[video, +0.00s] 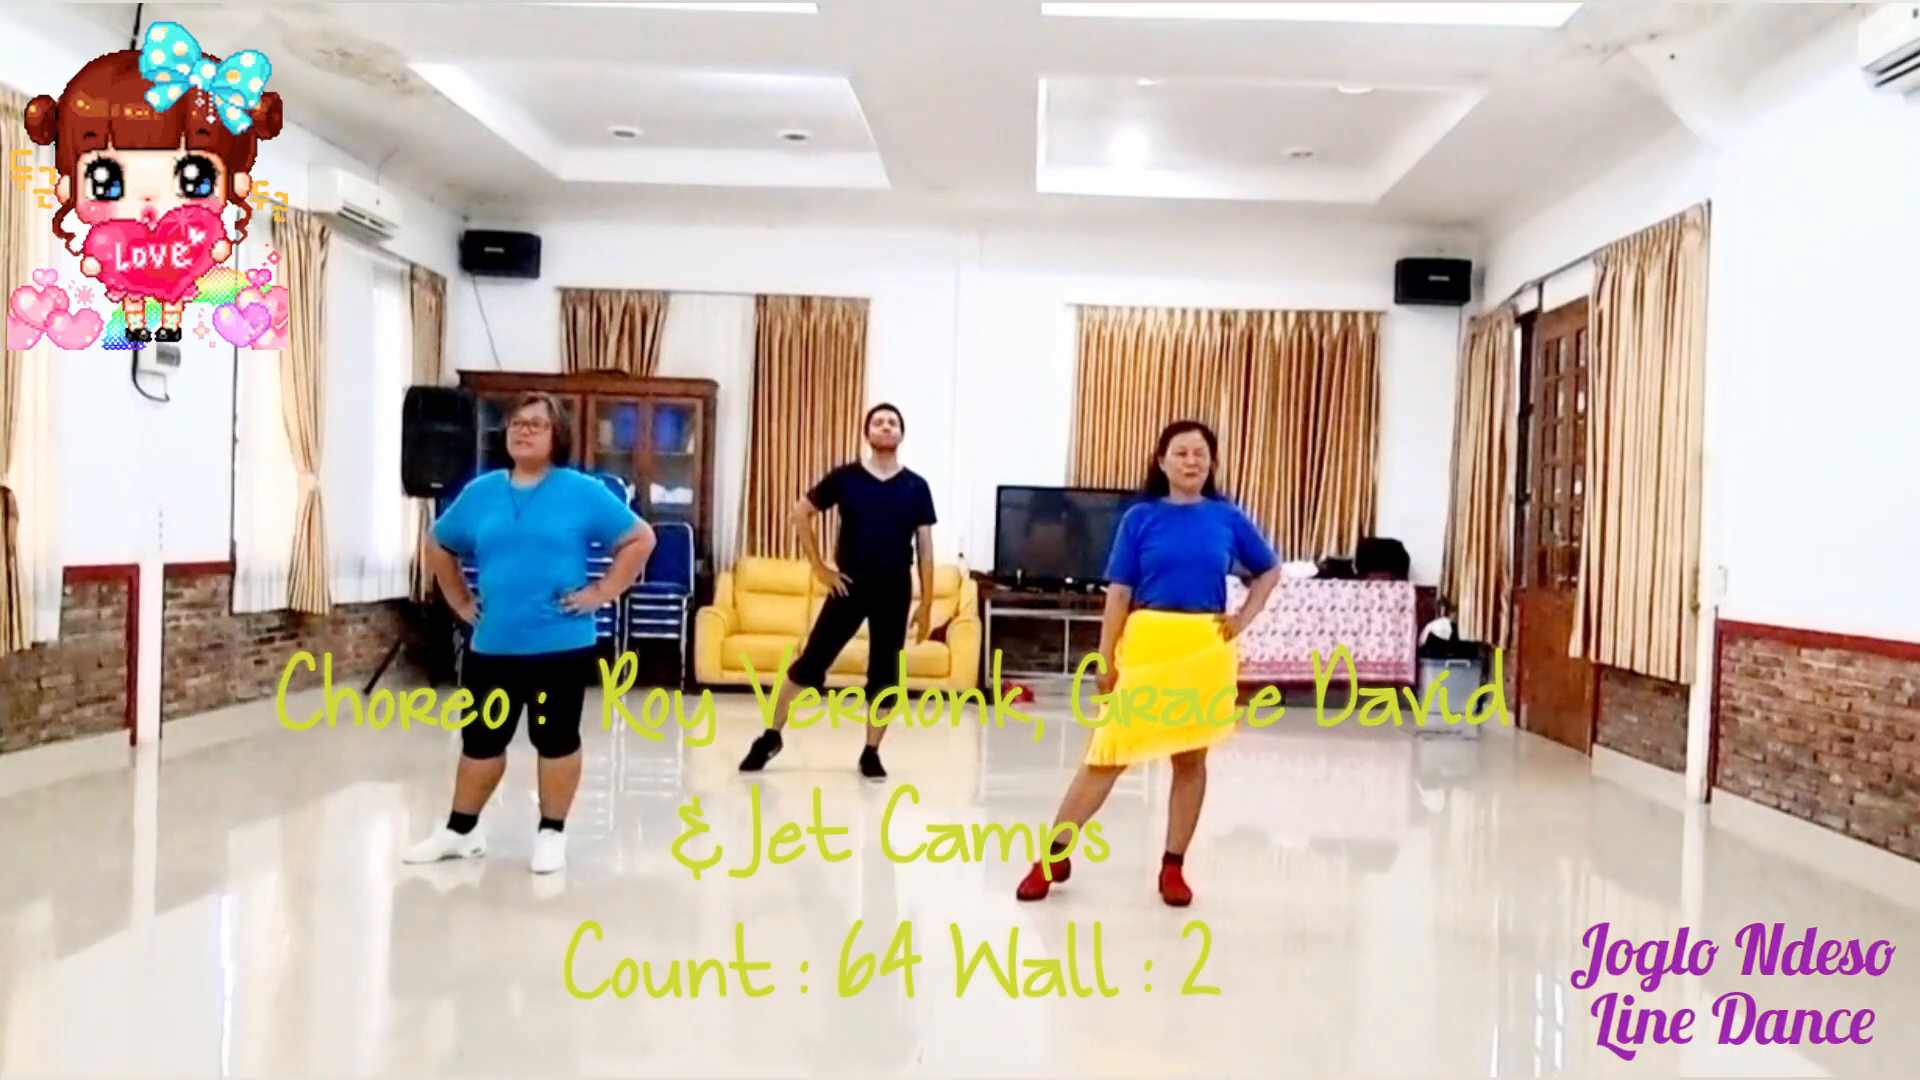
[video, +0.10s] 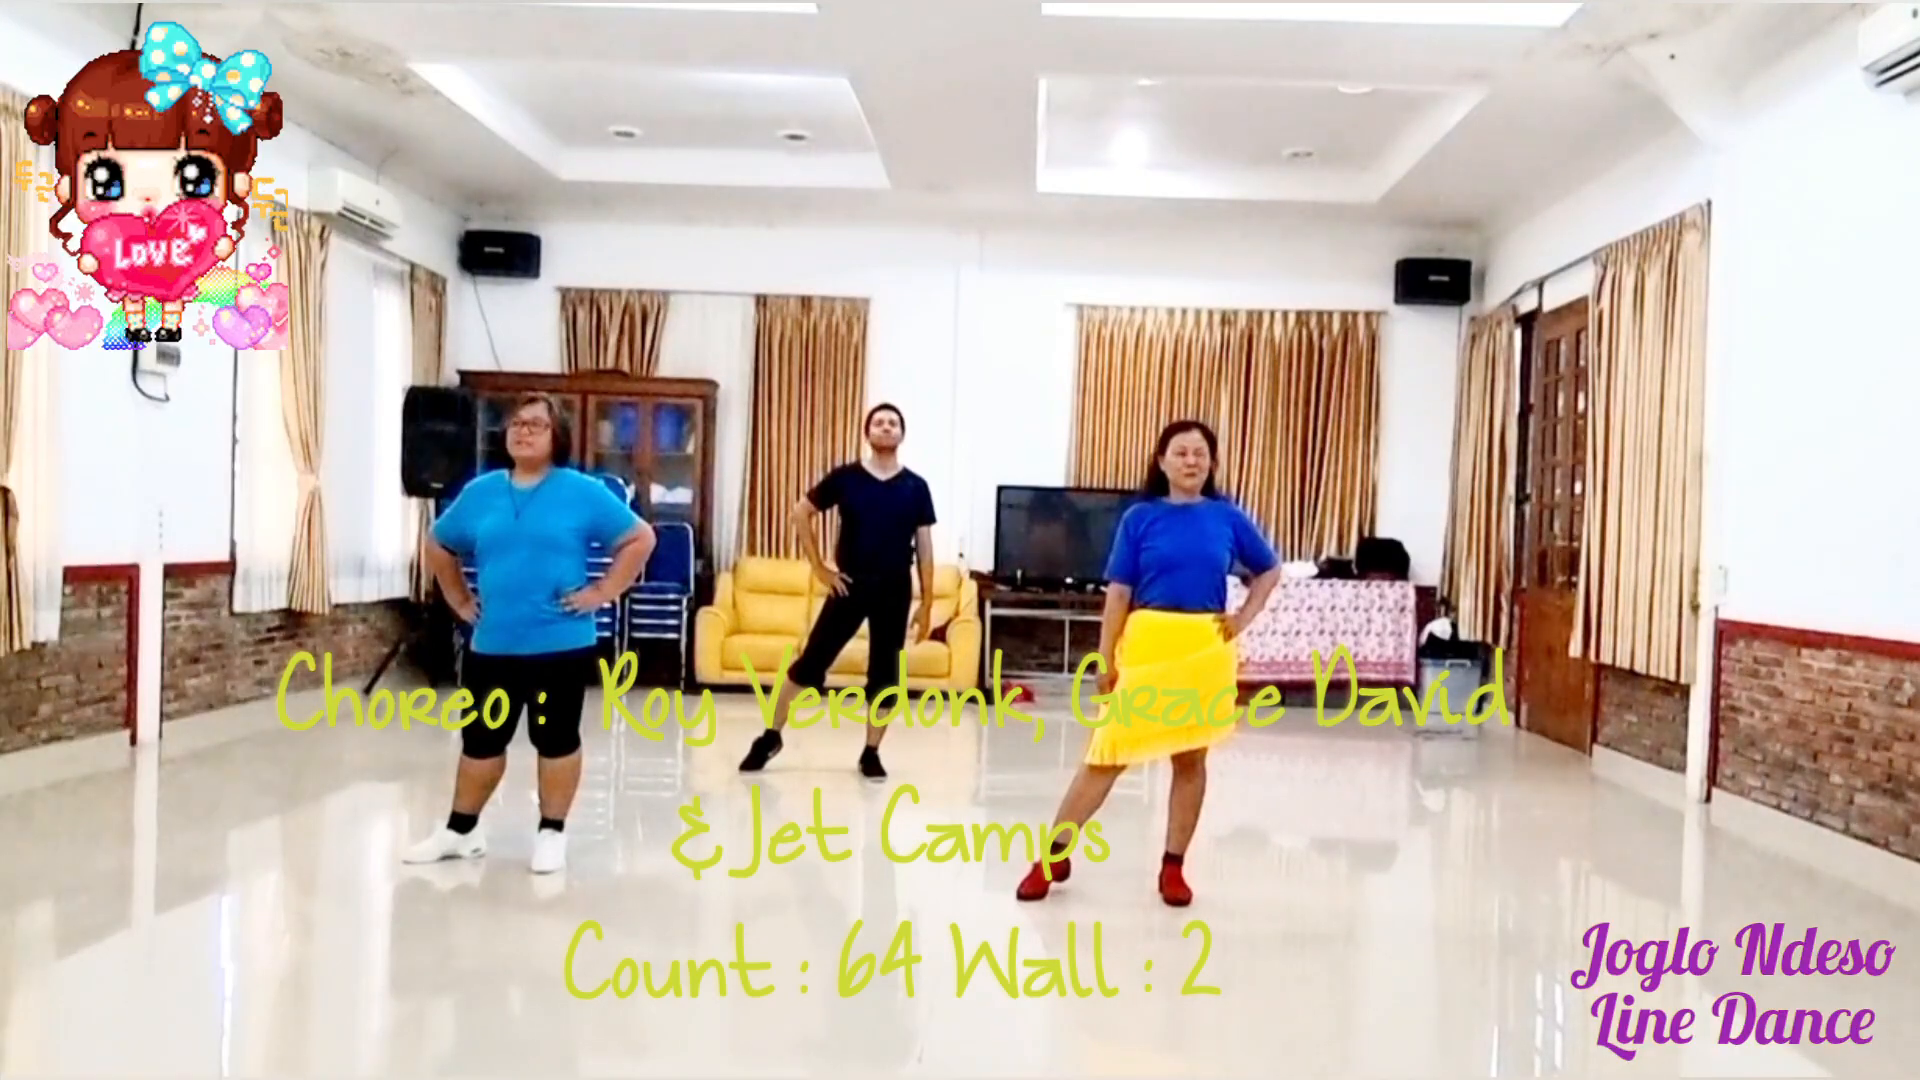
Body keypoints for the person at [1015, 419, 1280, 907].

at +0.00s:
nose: (1191, 460)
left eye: (1199, 453)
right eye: (1181, 453)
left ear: (1211, 462)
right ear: (1163, 461)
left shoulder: (1227, 517)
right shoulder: (1140, 517)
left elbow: (1270, 570)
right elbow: (1118, 591)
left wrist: (1241, 619)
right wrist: (1106, 656)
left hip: (1203, 642)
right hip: (1145, 640)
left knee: (1190, 759)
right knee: (1107, 757)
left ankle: (1173, 864)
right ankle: (1054, 854)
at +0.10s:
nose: (1191, 460)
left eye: (1199, 453)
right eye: (1180, 452)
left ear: (1211, 462)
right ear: (1163, 461)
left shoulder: (1227, 516)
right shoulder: (1139, 517)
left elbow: (1270, 570)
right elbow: (1118, 591)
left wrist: (1241, 619)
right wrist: (1106, 657)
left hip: (1203, 642)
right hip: (1145, 640)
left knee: (1190, 760)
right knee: (1106, 757)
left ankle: (1173, 864)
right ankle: (1054, 855)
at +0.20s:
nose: (1190, 461)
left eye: (1199, 454)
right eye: (1180, 453)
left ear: (1211, 463)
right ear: (1162, 461)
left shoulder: (1227, 516)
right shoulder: (1139, 516)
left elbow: (1270, 570)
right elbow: (1117, 591)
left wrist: (1242, 618)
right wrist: (1106, 657)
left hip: (1203, 642)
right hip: (1145, 640)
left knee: (1190, 760)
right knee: (1106, 758)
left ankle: (1173, 864)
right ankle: (1054, 855)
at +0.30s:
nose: (1191, 461)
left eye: (1199, 454)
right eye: (1180, 453)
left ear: (1210, 463)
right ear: (1162, 461)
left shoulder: (1227, 517)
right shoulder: (1138, 516)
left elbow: (1270, 570)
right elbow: (1117, 591)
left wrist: (1241, 619)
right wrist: (1106, 657)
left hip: (1202, 643)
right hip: (1144, 641)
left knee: (1191, 760)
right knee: (1106, 757)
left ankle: (1173, 864)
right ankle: (1054, 855)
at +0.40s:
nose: (1189, 461)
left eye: (1198, 454)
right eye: (1179, 453)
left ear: (1210, 462)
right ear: (1162, 461)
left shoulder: (1227, 516)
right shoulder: (1138, 516)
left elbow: (1270, 570)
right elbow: (1117, 590)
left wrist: (1241, 619)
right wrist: (1105, 654)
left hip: (1202, 643)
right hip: (1144, 641)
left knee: (1190, 759)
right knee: (1106, 757)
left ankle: (1173, 864)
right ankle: (1054, 855)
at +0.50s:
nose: (1188, 461)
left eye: (1197, 454)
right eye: (1178, 453)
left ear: (1210, 462)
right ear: (1161, 462)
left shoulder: (1226, 516)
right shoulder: (1138, 516)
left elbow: (1270, 570)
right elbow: (1116, 589)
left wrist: (1240, 620)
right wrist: (1102, 653)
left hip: (1202, 642)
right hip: (1143, 640)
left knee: (1190, 759)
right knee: (1106, 757)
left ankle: (1173, 865)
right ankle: (1054, 855)